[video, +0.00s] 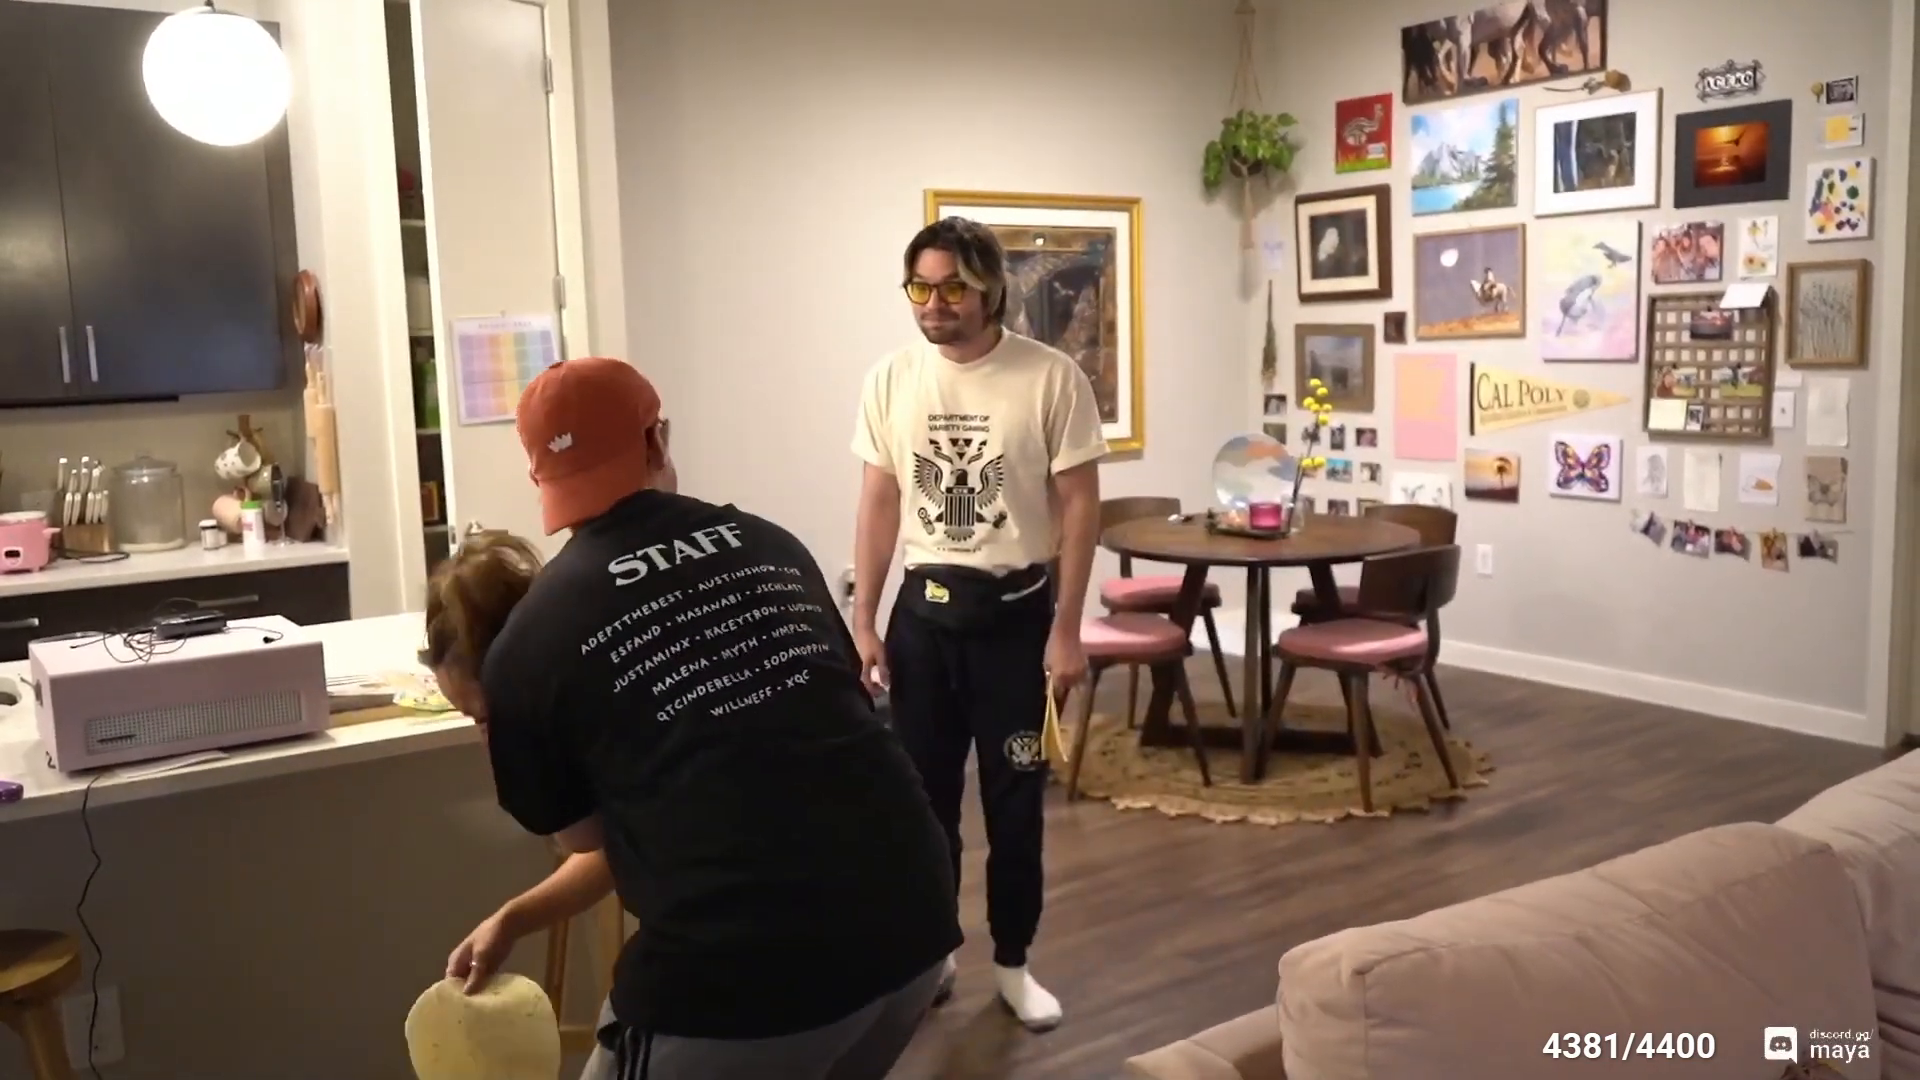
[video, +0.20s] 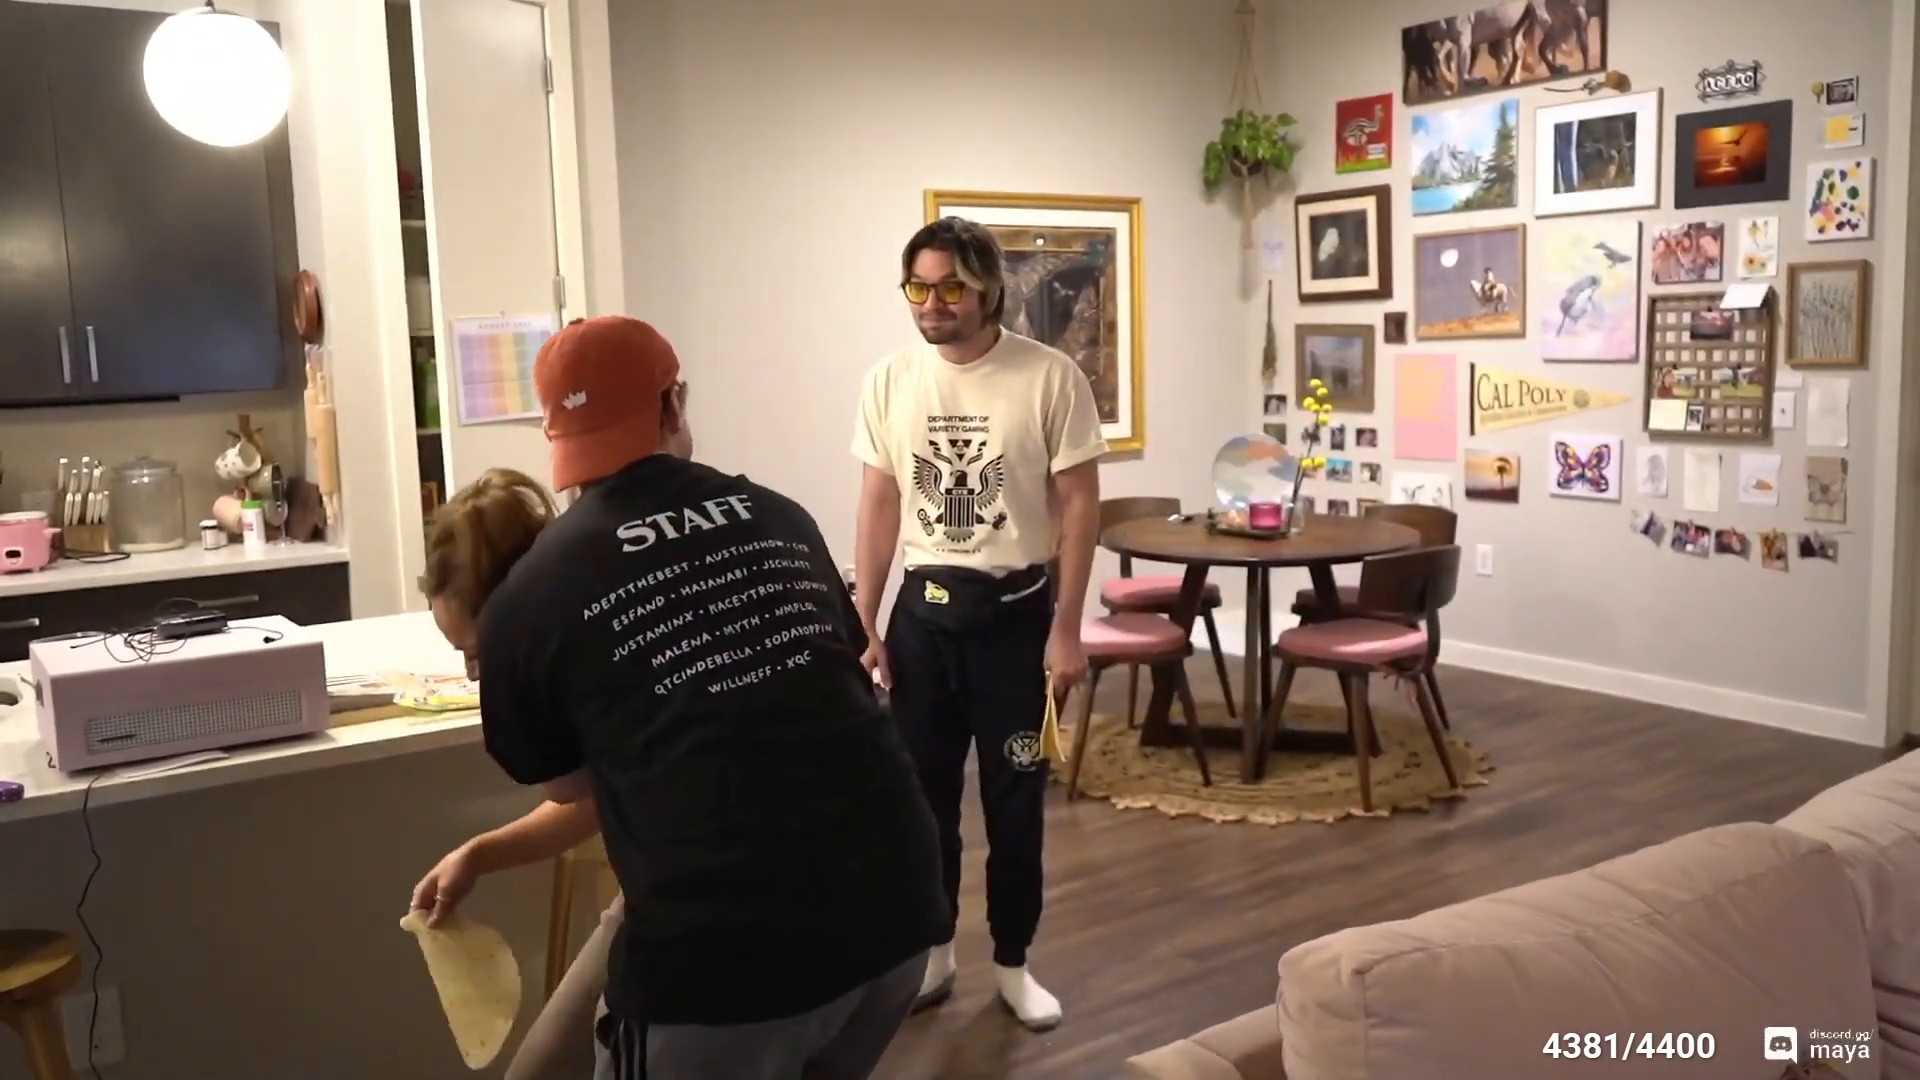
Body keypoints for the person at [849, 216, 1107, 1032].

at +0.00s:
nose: (935, 304)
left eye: (952, 288)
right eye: (921, 289)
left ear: (992, 291)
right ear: (907, 294)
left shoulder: (1052, 376)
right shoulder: (891, 381)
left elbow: (1079, 505)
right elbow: (879, 503)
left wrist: (1066, 630)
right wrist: (864, 617)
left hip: (1016, 610)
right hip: (921, 610)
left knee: (1015, 800)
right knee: (926, 797)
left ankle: (1014, 964)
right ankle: (931, 954)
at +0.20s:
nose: (932, 302)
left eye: (950, 288)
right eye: (919, 288)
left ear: (990, 291)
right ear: (905, 294)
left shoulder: (1051, 376)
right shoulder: (890, 381)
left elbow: (1078, 505)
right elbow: (878, 504)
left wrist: (1066, 631)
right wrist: (866, 622)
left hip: (1017, 610)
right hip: (921, 610)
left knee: (1016, 800)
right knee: (926, 796)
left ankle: (1013, 964)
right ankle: (931, 949)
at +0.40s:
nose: (931, 303)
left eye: (949, 288)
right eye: (918, 288)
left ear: (988, 291)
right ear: (904, 294)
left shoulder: (1050, 376)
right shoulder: (890, 380)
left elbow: (1079, 505)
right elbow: (878, 504)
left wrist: (1069, 629)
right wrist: (865, 622)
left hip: (1016, 610)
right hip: (920, 610)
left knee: (1015, 799)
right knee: (926, 795)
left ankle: (1013, 966)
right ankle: (933, 956)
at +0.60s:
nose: (930, 300)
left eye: (947, 285)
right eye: (917, 285)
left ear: (987, 289)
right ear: (904, 292)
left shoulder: (1049, 376)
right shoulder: (889, 382)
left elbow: (1080, 503)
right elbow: (878, 504)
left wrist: (1069, 627)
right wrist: (864, 623)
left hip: (1016, 612)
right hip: (921, 611)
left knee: (1015, 802)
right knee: (919, 804)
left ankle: (1012, 968)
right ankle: (933, 961)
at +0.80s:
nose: (930, 297)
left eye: (948, 283)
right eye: (918, 283)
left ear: (987, 289)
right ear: (904, 292)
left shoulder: (1049, 376)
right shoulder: (889, 382)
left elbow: (1080, 504)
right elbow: (879, 504)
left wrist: (1068, 627)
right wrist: (864, 623)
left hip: (1016, 612)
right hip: (919, 611)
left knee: (1014, 800)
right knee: (919, 803)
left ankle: (1012, 968)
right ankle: (934, 960)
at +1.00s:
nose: (929, 295)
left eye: (946, 281)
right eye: (917, 281)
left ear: (986, 287)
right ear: (904, 290)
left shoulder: (1049, 376)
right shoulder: (889, 380)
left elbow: (1080, 504)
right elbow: (879, 504)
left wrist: (1067, 627)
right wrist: (863, 622)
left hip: (1016, 613)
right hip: (919, 612)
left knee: (1015, 801)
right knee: (919, 802)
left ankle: (1012, 967)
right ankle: (934, 958)